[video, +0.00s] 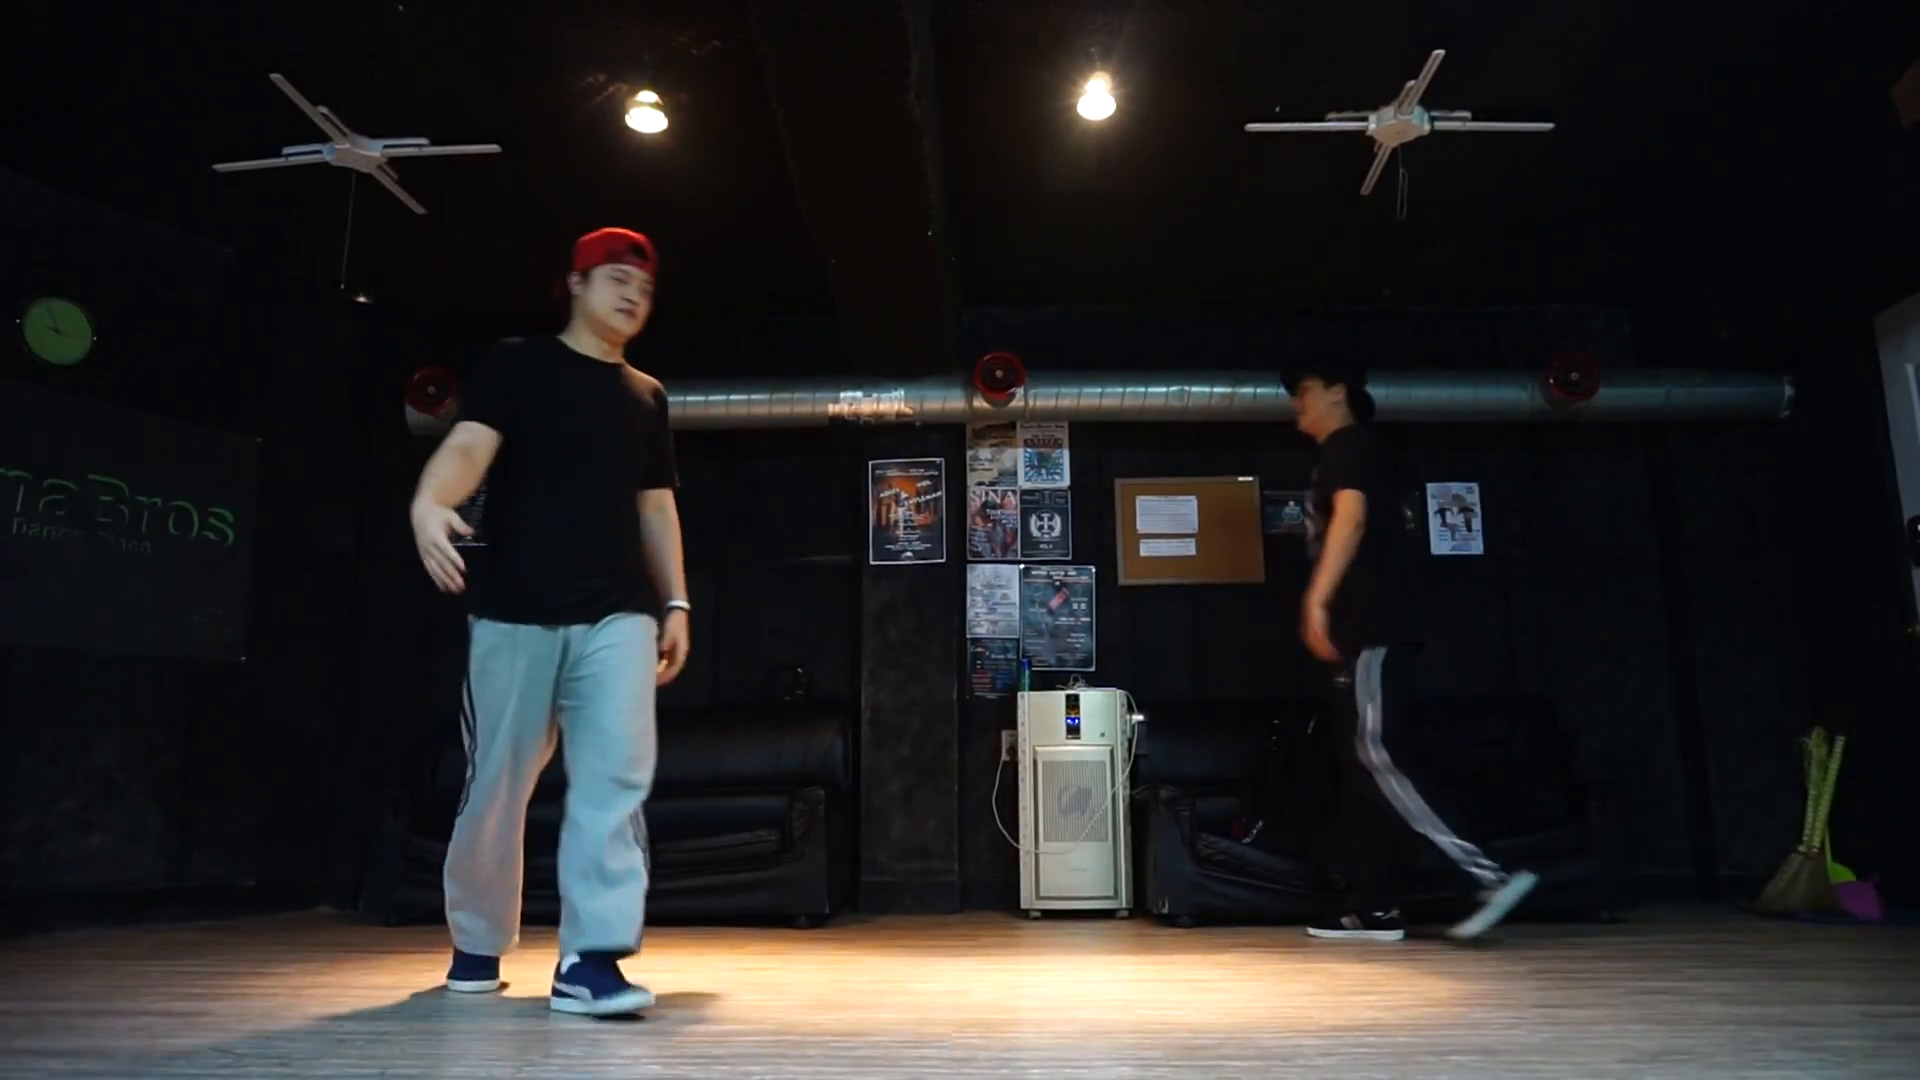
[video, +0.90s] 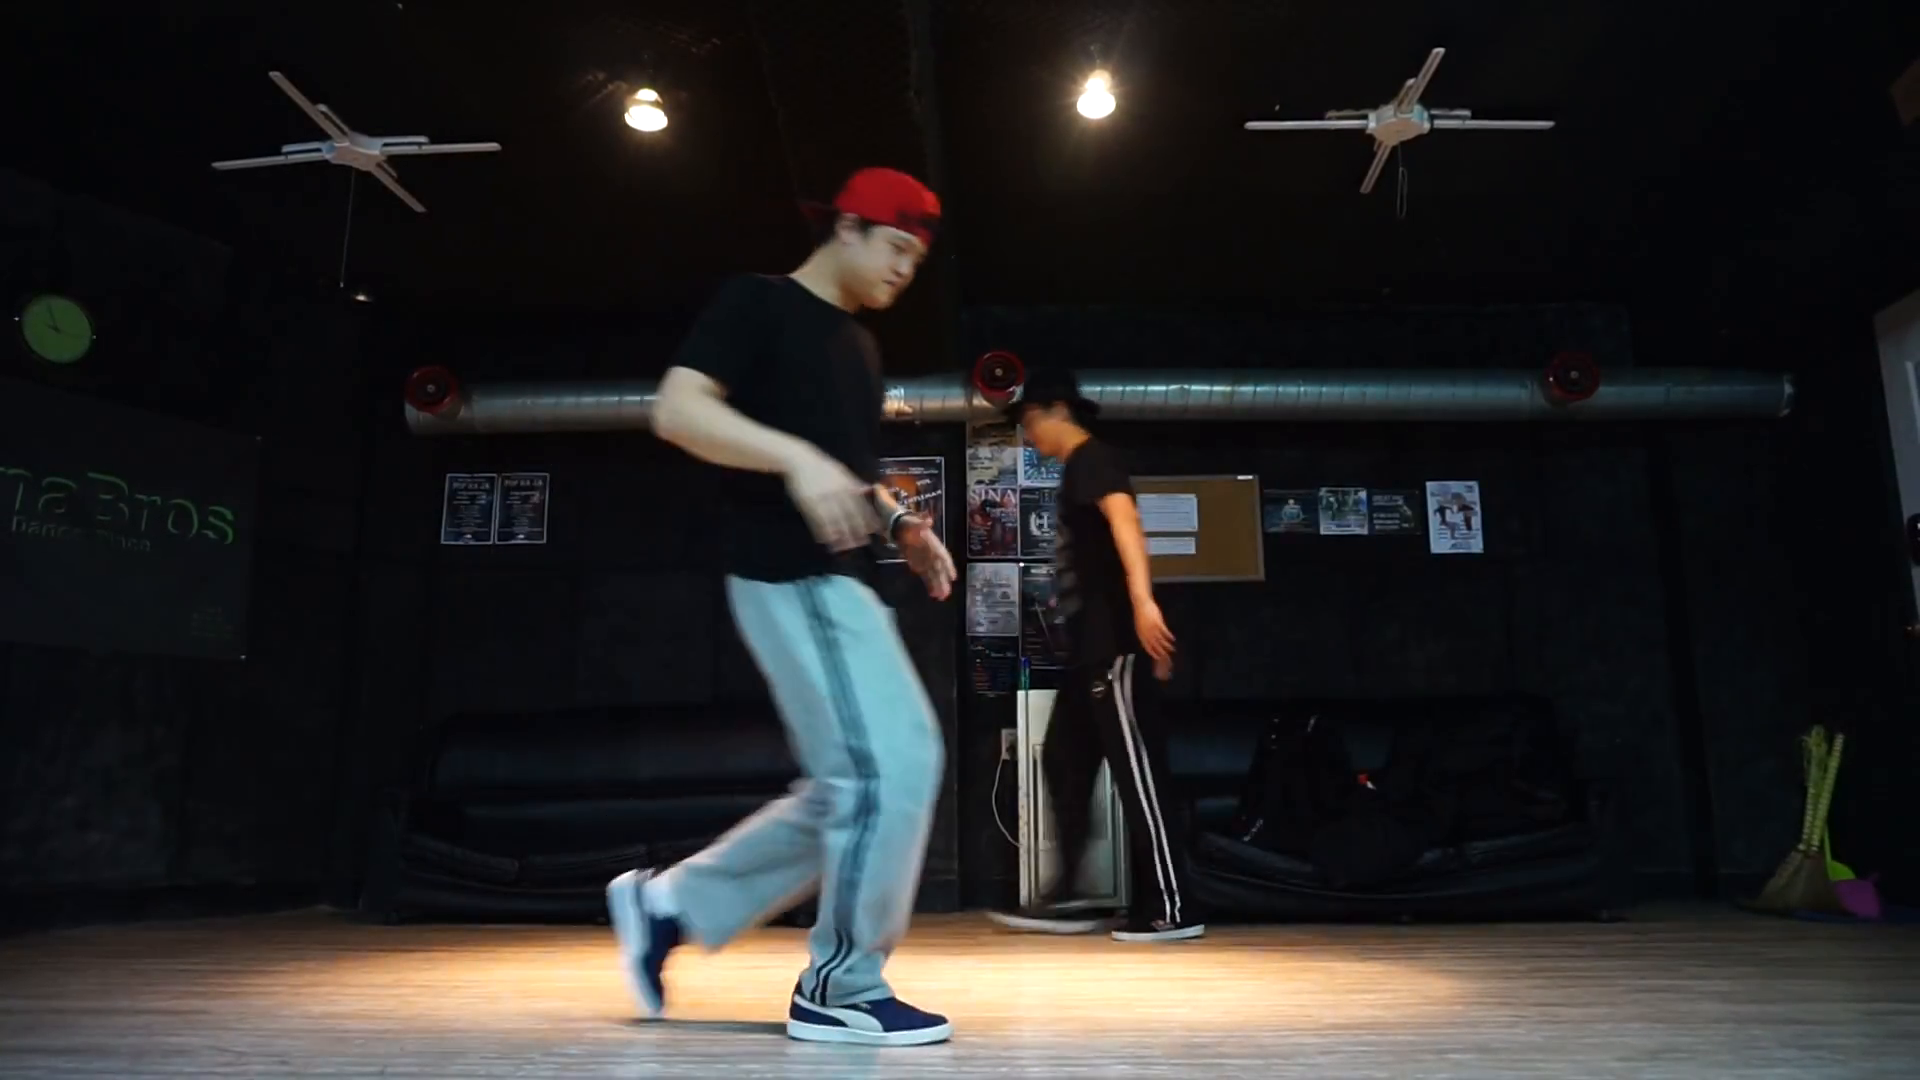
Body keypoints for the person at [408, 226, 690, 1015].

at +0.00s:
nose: (631, 295)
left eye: (643, 289)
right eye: (617, 280)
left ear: (648, 308)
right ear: (577, 286)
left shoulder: (645, 398)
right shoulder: (517, 368)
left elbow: (658, 507)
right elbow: (466, 449)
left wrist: (676, 601)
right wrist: (428, 503)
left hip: (616, 612)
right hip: (516, 610)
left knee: (615, 781)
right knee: (500, 782)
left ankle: (590, 963)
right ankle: (476, 949)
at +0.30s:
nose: (718, 299)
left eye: (729, 289)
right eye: (707, 279)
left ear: (731, 298)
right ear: (661, 266)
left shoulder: (690, 381)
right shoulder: (584, 338)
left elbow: (688, 503)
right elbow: (525, 441)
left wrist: (751, 576)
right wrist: (499, 530)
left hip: (689, 604)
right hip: (599, 594)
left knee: (687, 788)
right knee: (621, 764)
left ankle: (598, 968)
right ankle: (516, 905)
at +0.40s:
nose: (736, 274)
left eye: (747, 264)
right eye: (725, 254)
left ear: (745, 274)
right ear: (680, 242)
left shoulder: (709, 363)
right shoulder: (604, 316)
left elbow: (712, 481)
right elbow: (547, 421)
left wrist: (775, 559)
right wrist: (527, 518)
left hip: (701, 586)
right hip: (623, 569)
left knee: (698, 773)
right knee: (672, 740)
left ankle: (601, 959)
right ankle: (579, 936)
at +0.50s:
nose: (759, 246)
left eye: (769, 235)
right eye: (747, 225)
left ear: (768, 246)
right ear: (700, 218)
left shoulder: (735, 340)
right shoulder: (628, 294)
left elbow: (736, 463)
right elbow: (568, 404)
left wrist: (804, 540)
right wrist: (566, 502)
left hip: (720, 570)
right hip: (647, 554)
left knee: (668, 754)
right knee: (708, 727)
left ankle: (590, 958)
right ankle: (703, 970)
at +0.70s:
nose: (828, 244)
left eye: (837, 233)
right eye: (815, 225)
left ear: (831, 244)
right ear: (763, 219)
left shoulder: (792, 339)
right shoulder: (693, 294)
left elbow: (785, 461)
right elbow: (610, 399)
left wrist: (861, 532)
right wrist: (682, 490)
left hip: (758, 580)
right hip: (704, 574)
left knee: (712, 783)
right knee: (789, 753)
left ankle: (595, 961)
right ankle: (830, 984)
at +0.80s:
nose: (866, 256)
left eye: (877, 245)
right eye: (855, 235)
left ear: (873, 253)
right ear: (805, 222)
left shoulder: (823, 341)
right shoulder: (723, 301)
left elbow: (815, 466)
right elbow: (640, 403)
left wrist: (881, 532)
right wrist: (739, 474)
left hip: (784, 577)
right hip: (746, 575)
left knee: (765, 783)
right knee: (845, 742)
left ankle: (618, 939)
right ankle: (836, 987)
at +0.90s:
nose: (904, 268)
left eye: (915, 256)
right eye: (895, 245)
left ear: (909, 262)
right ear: (845, 228)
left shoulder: (854, 343)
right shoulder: (758, 304)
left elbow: (840, 466)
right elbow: (677, 408)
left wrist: (899, 523)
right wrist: (796, 457)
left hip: (834, 584)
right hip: (790, 584)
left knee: (854, 787)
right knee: (896, 762)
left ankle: (666, 905)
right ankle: (841, 985)